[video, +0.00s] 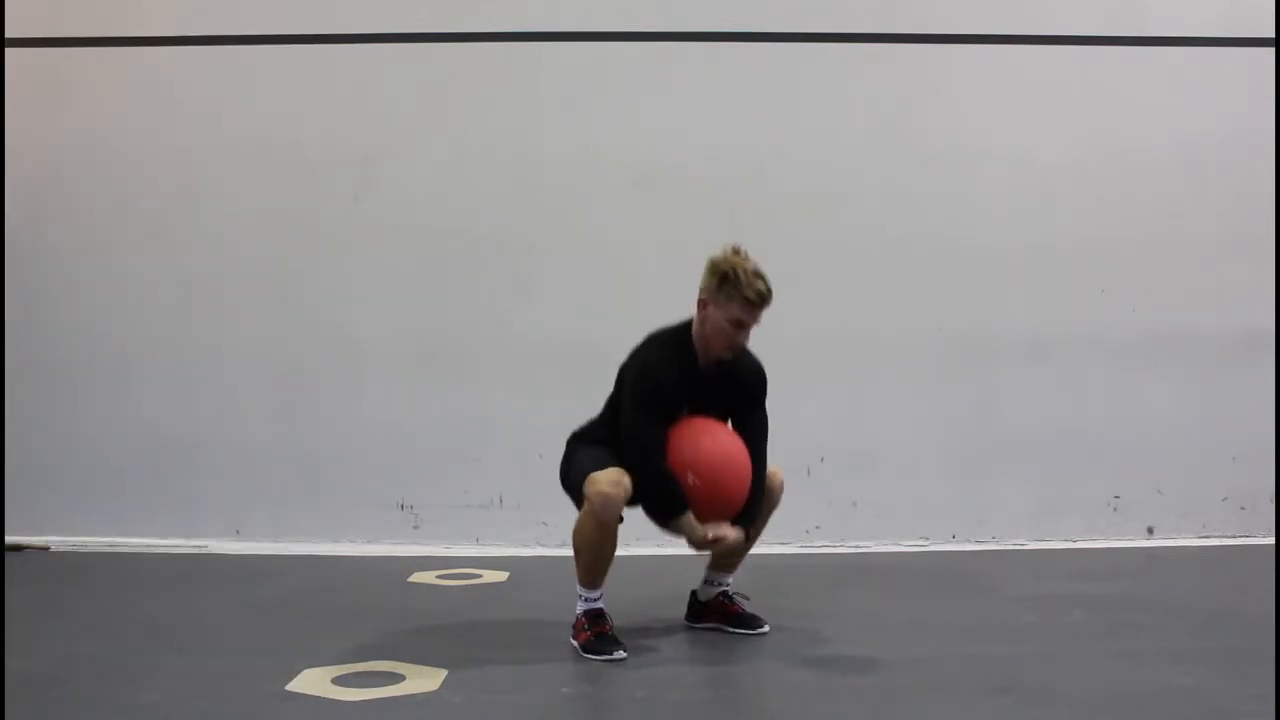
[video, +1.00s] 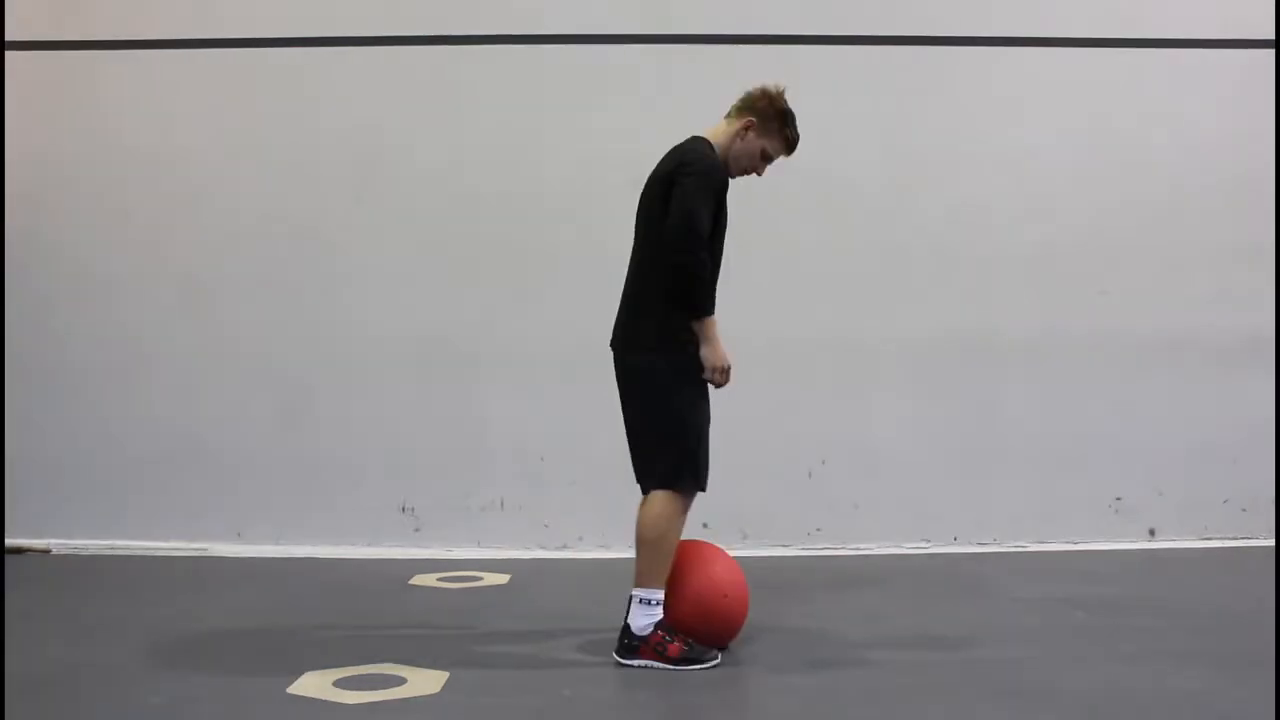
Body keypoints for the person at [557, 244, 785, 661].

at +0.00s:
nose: (743, 339)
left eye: (750, 327)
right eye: (736, 325)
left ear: (757, 321)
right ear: (703, 307)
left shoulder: (747, 375)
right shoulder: (654, 359)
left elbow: (753, 461)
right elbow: (641, 455)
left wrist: (741, 526)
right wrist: (687, 523)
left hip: (680, 466)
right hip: (607, 451)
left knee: (770, 484)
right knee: (608, 490)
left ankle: (710, 597)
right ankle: (590, 614)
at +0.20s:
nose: (735, 254)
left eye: (741, 243)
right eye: (727, 241)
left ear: (745, 239)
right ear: (695, 230)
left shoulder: (739, 302)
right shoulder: (648, 289)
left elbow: (750, 382)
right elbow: (634, 382)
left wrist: (742, 444)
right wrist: (685, 444)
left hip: (666, 409)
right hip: (602, 399)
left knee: (755, 473)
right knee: (610, 483)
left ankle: (711, 597)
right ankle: (588, 613)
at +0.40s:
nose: (707, 151)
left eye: (714, 140)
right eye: (697, 139)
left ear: (719, 142)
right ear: (666, 135)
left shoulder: (724, 215)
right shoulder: (632, 205)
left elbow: (749, 290)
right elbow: (637, 289)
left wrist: (750, 340)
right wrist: (698, 337)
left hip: (670, 353)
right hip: (608, 348)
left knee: (720, 463)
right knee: (610, 469)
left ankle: (708, 597)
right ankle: (588, 611)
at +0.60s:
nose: (674, 117)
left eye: (683, 107)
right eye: (663, 105)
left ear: (690, 108)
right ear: (635, 103)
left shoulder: (706, 176)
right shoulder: (612, 171)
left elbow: (751, 237)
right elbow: (634, 229)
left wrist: (762, 267)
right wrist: (703, 264)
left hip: (682, 337)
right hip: (619, 337)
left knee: (700, 464)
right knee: (613, 467)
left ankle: (706, 598)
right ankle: (588, 611)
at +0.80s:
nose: (664, 120)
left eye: (672, 110)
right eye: (653, 108)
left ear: (678, 112)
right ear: (623, 108)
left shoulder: (696, 177)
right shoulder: (605, 175)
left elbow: (749, 232)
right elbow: (637, 230)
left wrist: (762, 259)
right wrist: (717, 258)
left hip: (690, 344)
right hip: (627, 347)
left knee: (710, 466)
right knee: (619, 472)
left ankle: (707, 598)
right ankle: (589, 611)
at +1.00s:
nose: (760, 169)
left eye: (768, 162)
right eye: (764, 155)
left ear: (743, 129)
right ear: (746, 126)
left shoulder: (690, 163)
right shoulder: (699, 169)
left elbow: (675, 263)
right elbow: (688, 259)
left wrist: (701, 341)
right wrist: (710, 339)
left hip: (653, 345)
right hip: (660, 348)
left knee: (672, 480)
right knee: (674, 481)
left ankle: (650, 620)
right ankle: (642, 628)